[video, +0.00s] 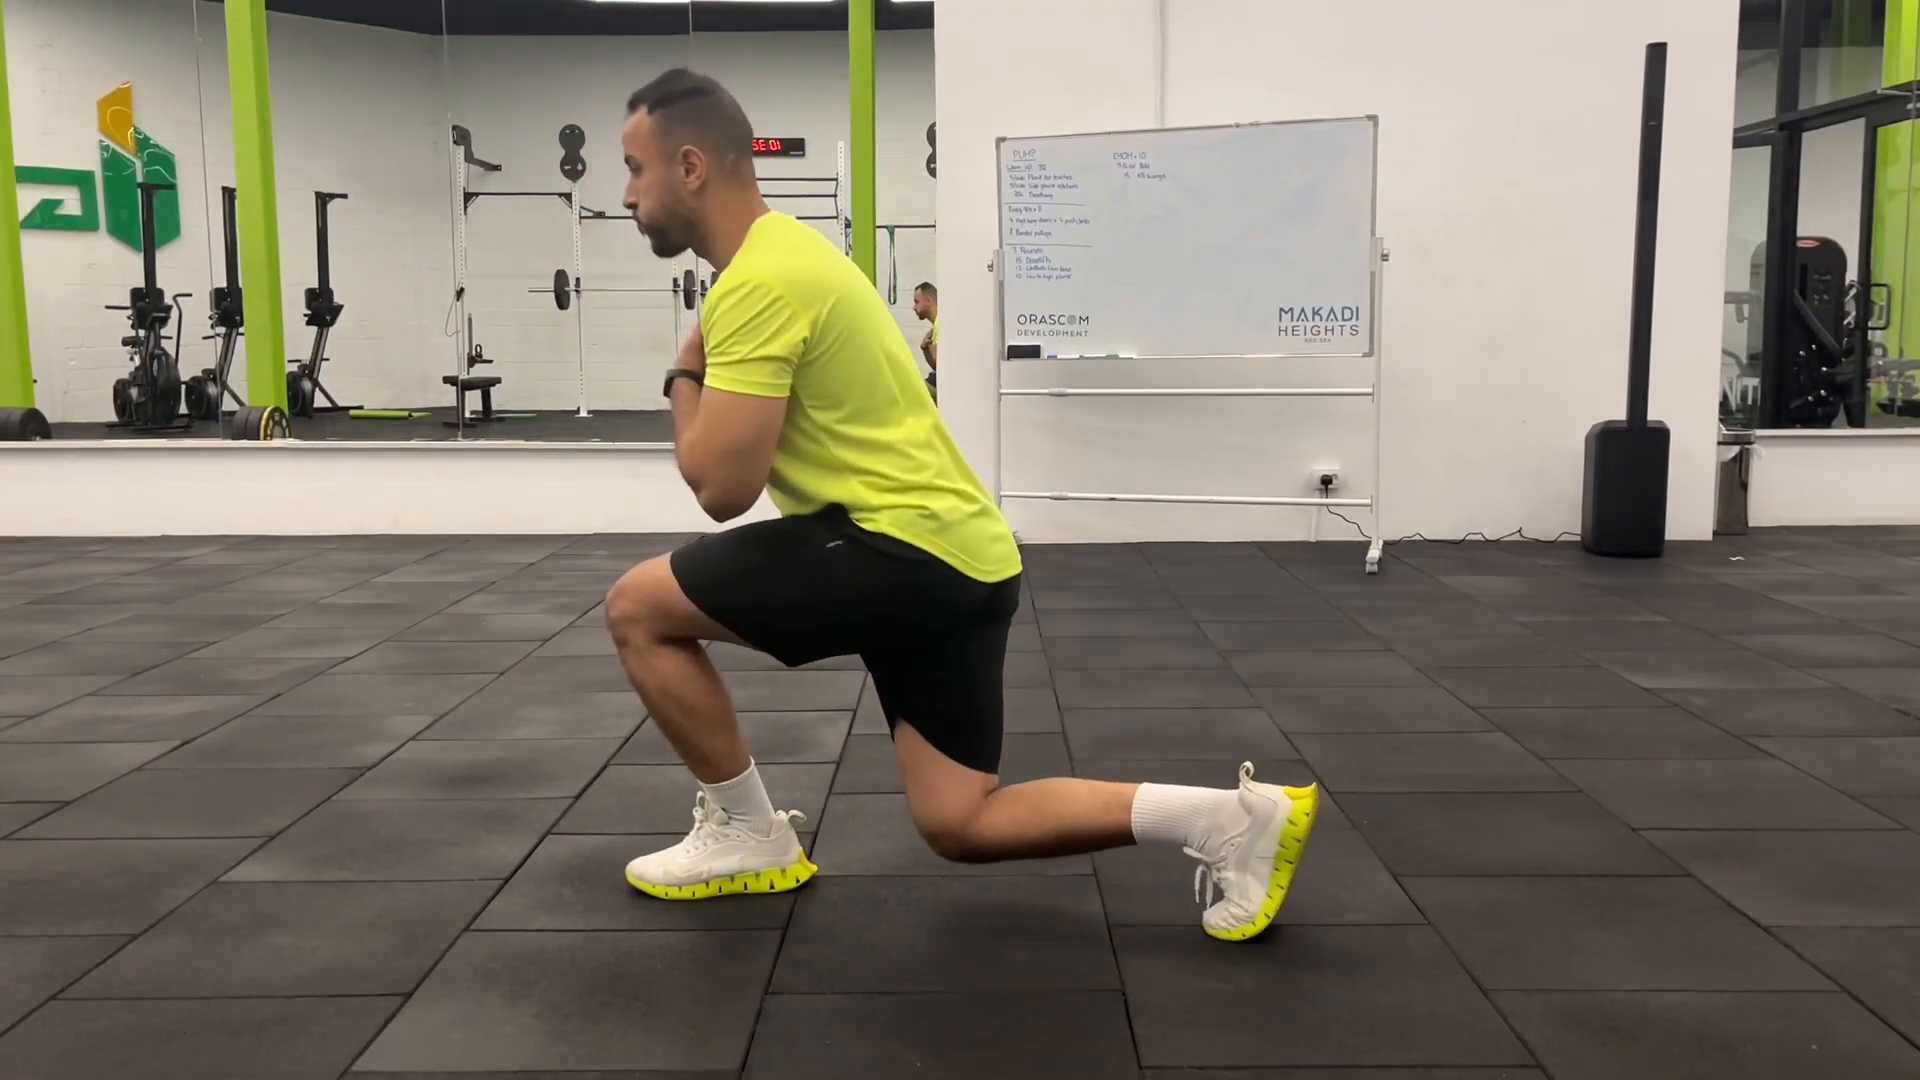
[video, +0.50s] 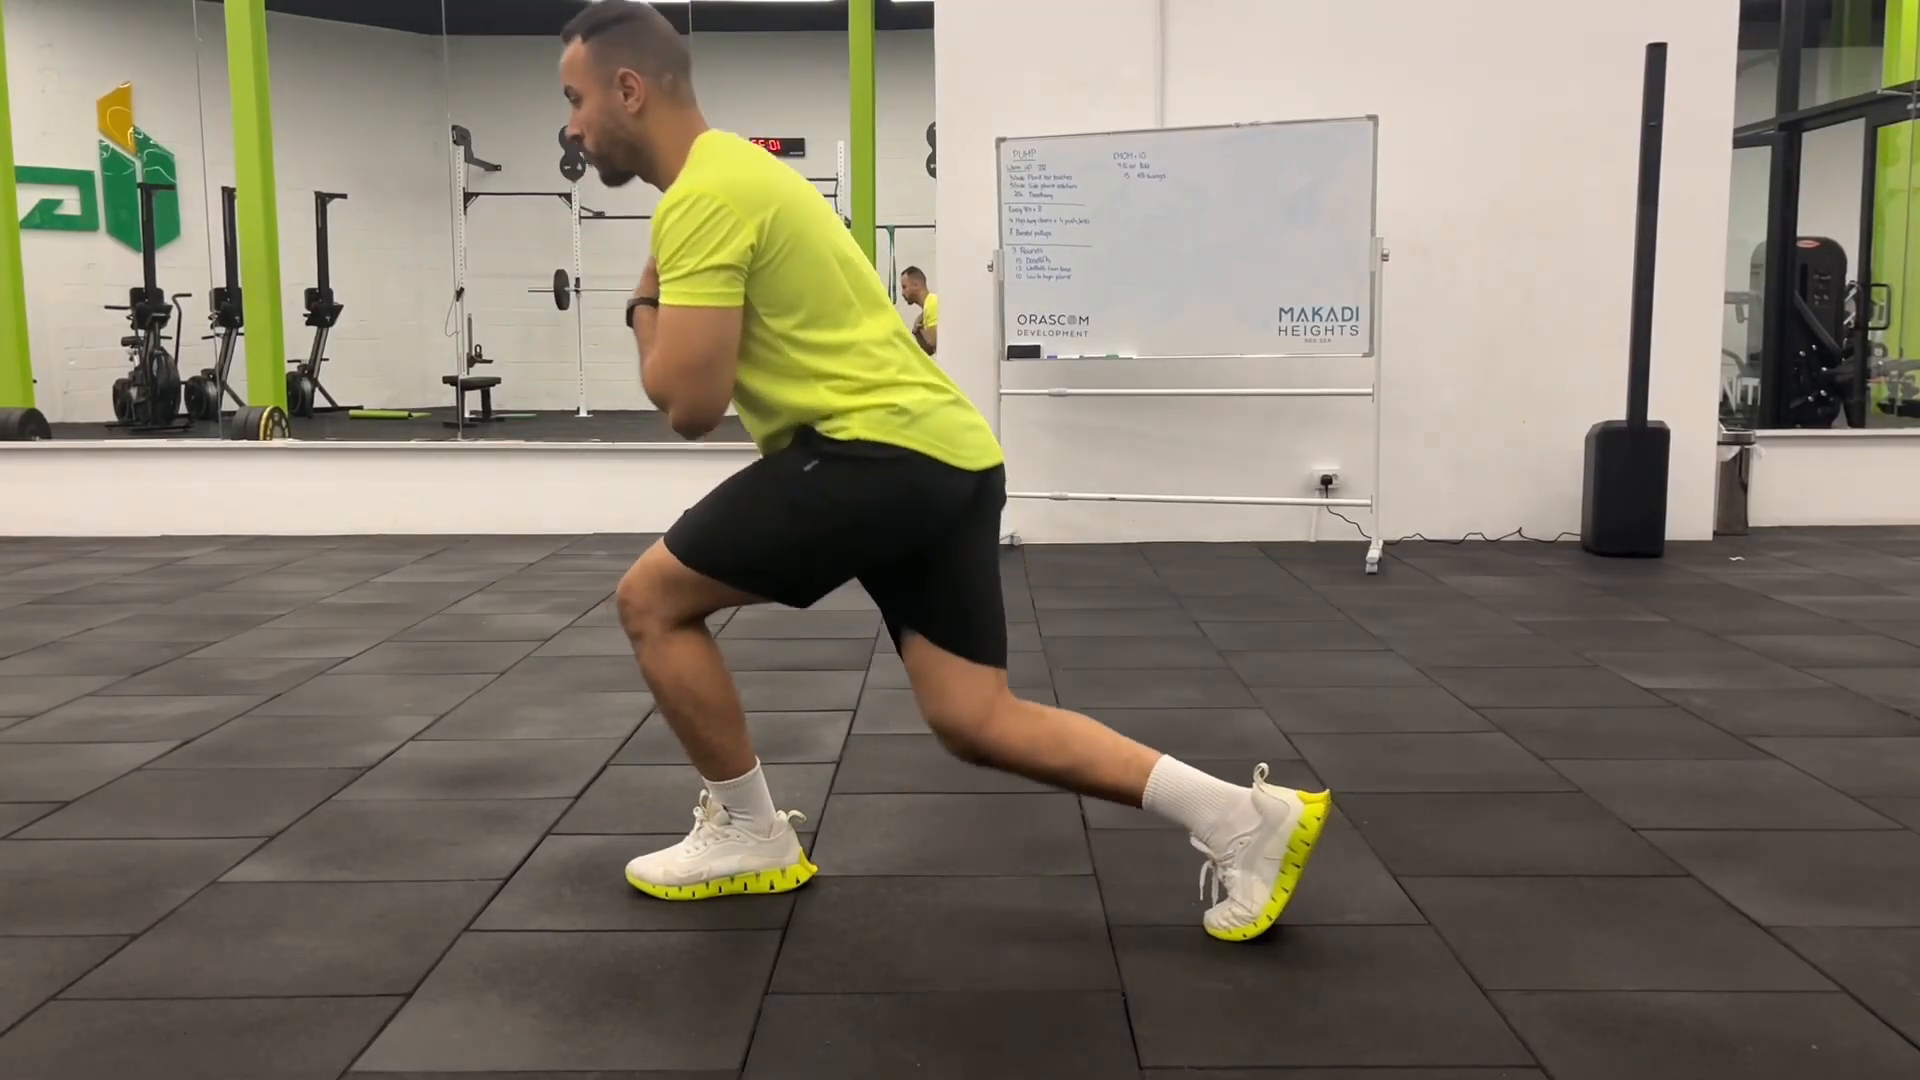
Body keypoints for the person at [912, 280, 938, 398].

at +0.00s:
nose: (914, 308)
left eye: (917, 302)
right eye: (915, 303)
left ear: (928, 301)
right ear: (927, 301)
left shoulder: (940, 327)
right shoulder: (936, 327)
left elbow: (940, 366)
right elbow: (936, 367)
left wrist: (930, 346)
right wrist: (925, 349)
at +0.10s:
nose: (916, 308)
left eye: (918, 302)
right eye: (916, 303)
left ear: (930, 301)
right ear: (929, 302)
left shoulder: (943, 330)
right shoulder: (936, 331)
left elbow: (942, 368)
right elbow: (936, 368)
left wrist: (932, 346)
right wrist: (926, 350)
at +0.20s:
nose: (915, 307)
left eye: (918, 301)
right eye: (916, 301)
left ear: (930, 300)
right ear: (929, 301)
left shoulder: (943, 330)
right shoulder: (936, 330)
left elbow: (942, 368)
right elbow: (938, 368)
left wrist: (932, 346)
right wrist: (927, 349)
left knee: (932, 377)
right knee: (931, 377)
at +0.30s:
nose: (913, 303)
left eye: (916, 298)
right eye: (914, 298)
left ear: (928, 297)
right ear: (928, 297)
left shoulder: (940, 323)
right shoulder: (935, 324)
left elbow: (941, 363)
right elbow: (935, 364)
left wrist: (930, 342)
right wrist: (925, 346)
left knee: (932, 377)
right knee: (931, 377)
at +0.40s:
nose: (908, 299)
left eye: (911, 293)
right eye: (909, 294)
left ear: (923, 292)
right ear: (923, 292)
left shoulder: (937, 315)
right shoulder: (932, 318)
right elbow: (932, 357)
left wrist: (926, 335)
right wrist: (921, 339)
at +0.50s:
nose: (902, 293)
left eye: (904, 287)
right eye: (902, 288)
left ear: (916, 285)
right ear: (915, 285)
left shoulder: (932, 302)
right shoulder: (927, 307)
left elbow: (932, 340)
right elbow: (928, 350)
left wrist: (920, 327)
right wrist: (916, 332)